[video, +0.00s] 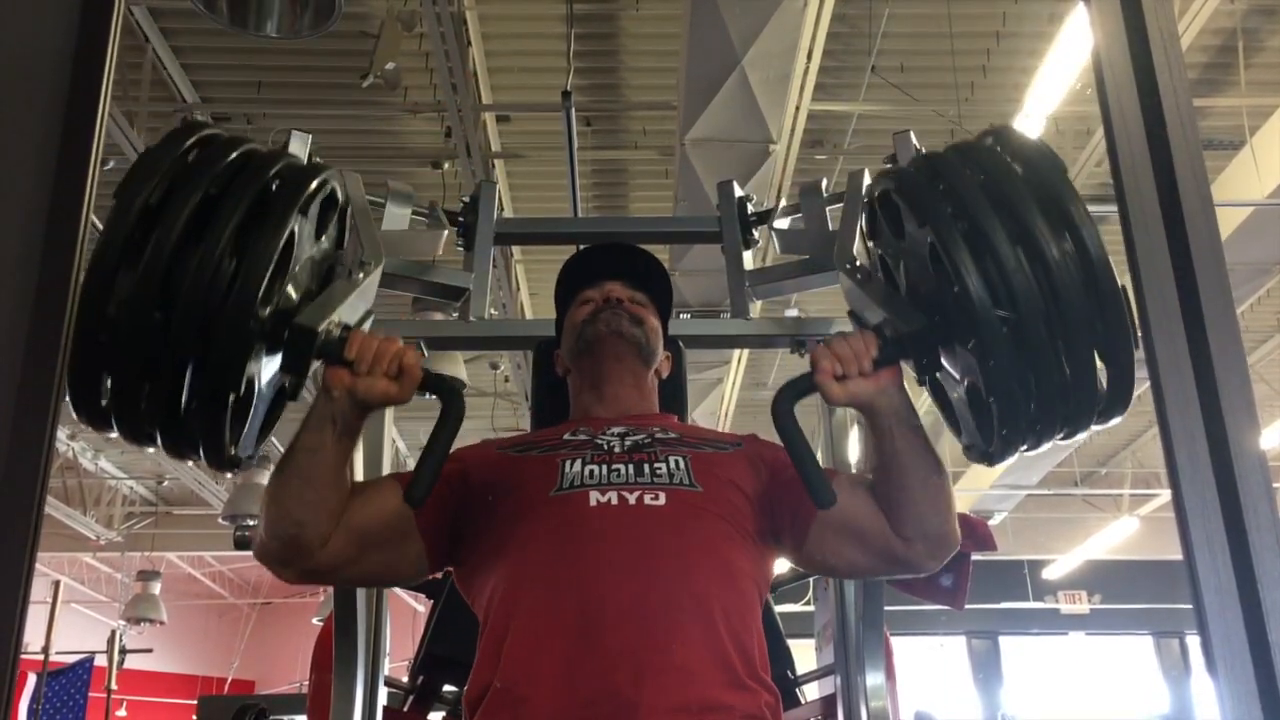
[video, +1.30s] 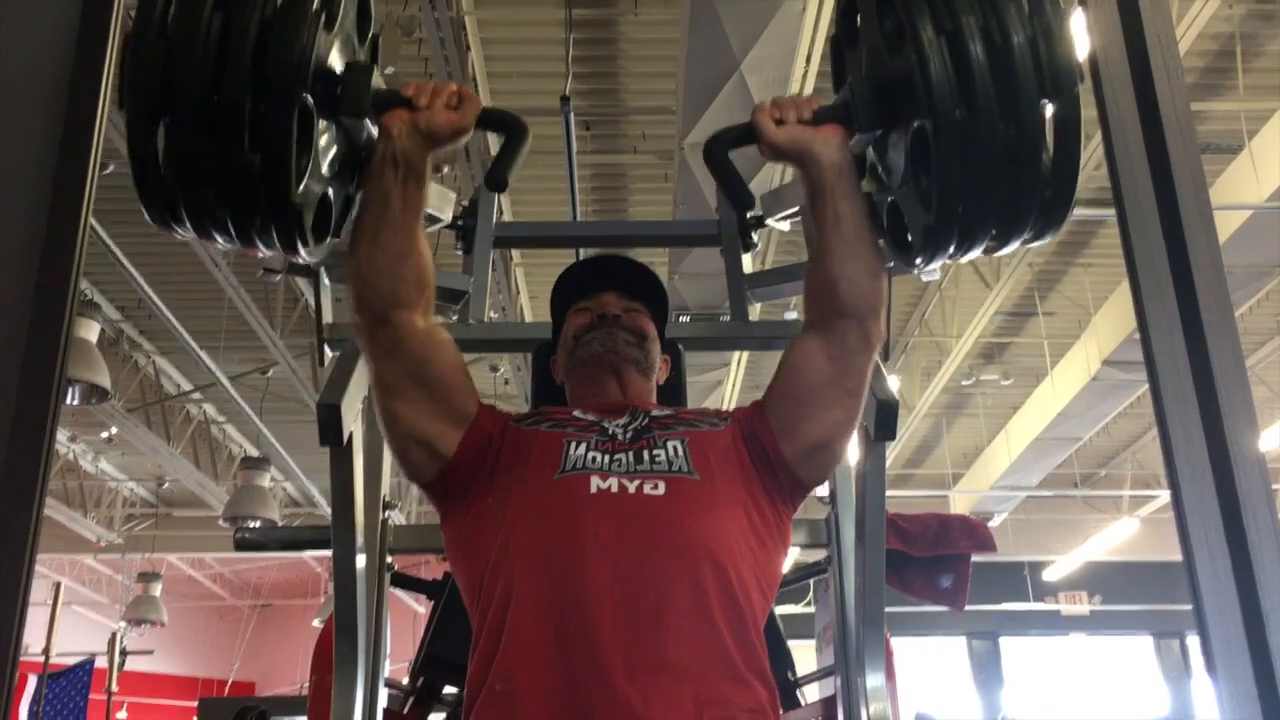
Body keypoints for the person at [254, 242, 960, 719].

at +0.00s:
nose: (616, 301)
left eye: (639, 302)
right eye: (589, 301)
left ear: (669, 359)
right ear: (555, 360)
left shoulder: (748, 462)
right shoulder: (486, 468)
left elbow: (922, 544)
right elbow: (299, 548)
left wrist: (882, 404)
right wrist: (342, 403)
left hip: (725, 707)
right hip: (528, 708)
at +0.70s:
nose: (610, 312)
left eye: (634, 313)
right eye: (586, 313)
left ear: (666, 365)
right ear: (555, 364)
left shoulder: (741, 460)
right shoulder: (487, 467)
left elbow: (925, 486)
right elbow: (293, 479)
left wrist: (867, 342)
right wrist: (358, 336)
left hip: (726, 703)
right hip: (526, 703)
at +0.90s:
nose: (610, 307)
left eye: (635, 307)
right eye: (584, 307)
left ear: (666, 360)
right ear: (554, 362)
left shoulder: (751, 454)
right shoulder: (484, 461)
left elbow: (906, 407)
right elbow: (319, 397)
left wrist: (851, 251)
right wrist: (377, 252)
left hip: (723, 704)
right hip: (527, 704)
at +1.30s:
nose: (609, 316)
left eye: (634, 316)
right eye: (585, 312)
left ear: (666, 369)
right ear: (552, 363)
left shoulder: (754, 453)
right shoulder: (485, 457)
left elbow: (847, 328)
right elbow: (395, 317)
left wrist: (828, 161)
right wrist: (404, 153)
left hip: (728, 705)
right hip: (518, 706)